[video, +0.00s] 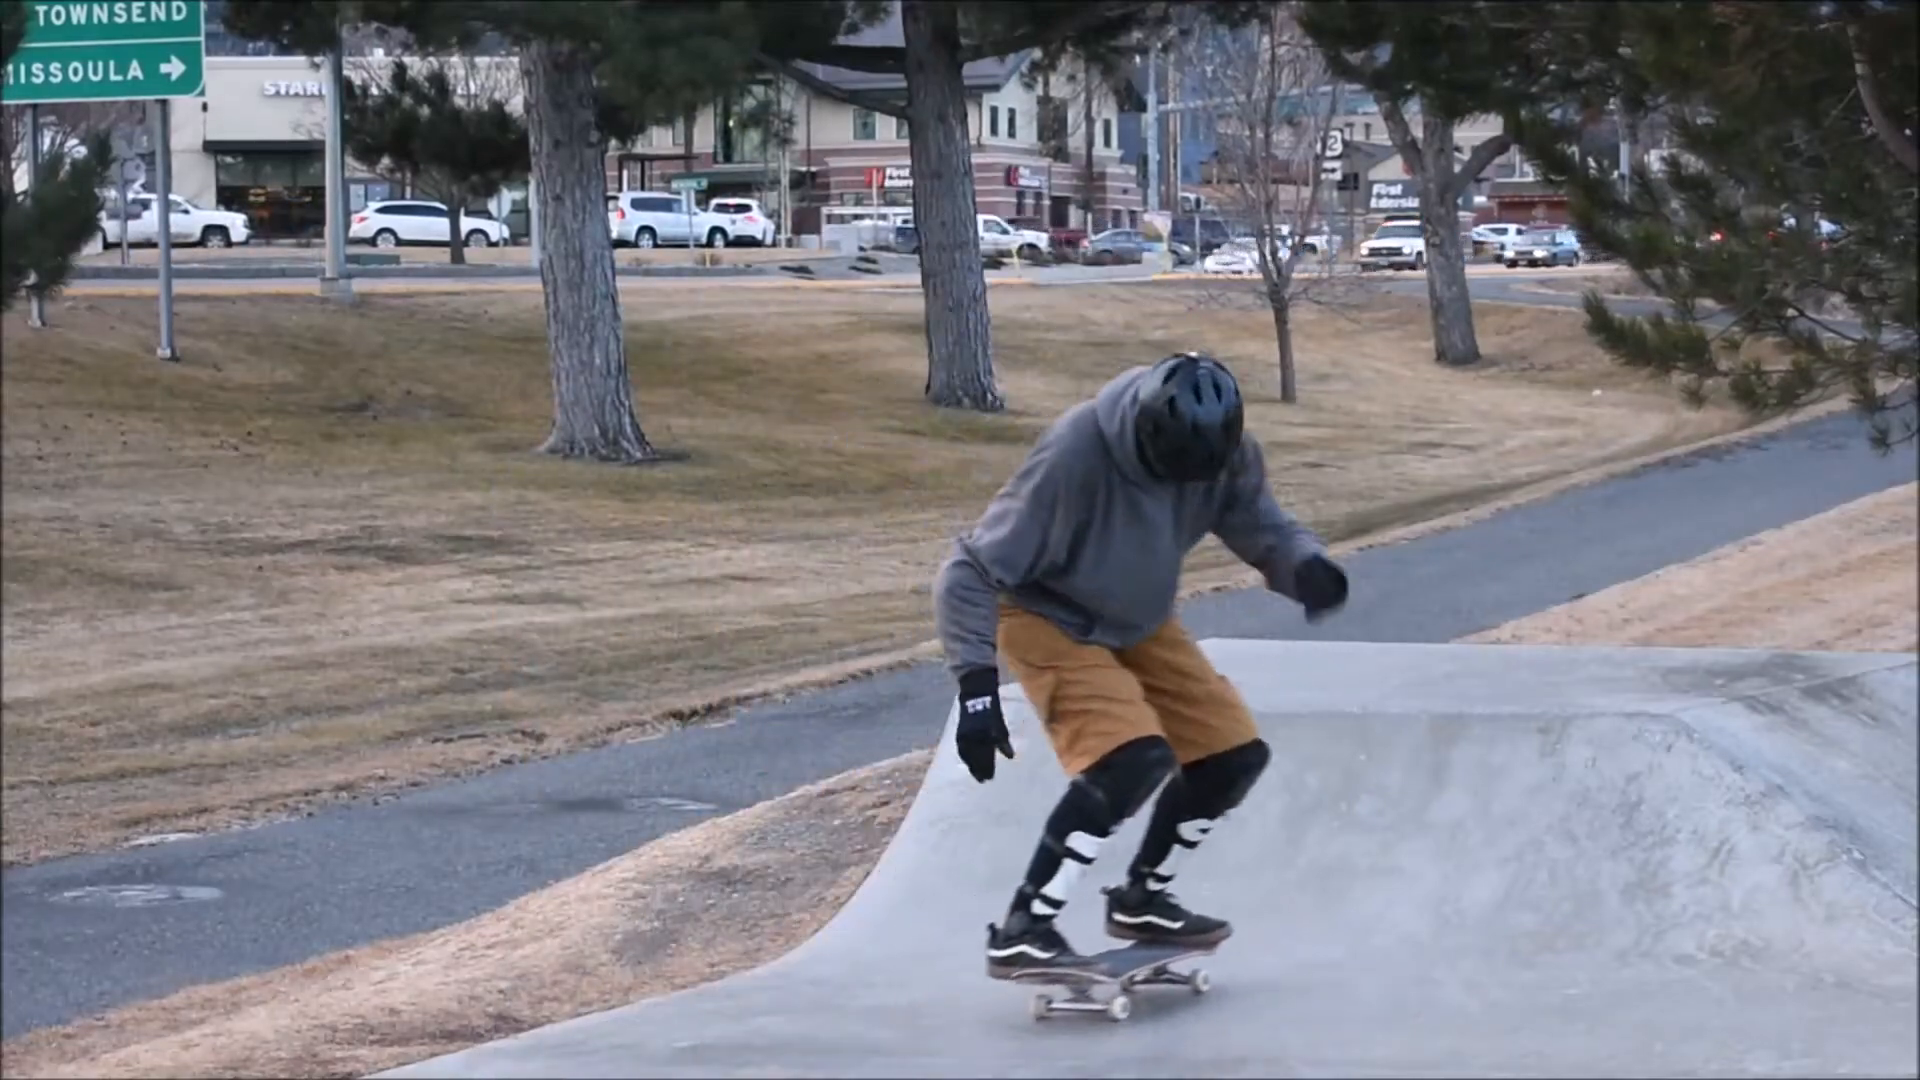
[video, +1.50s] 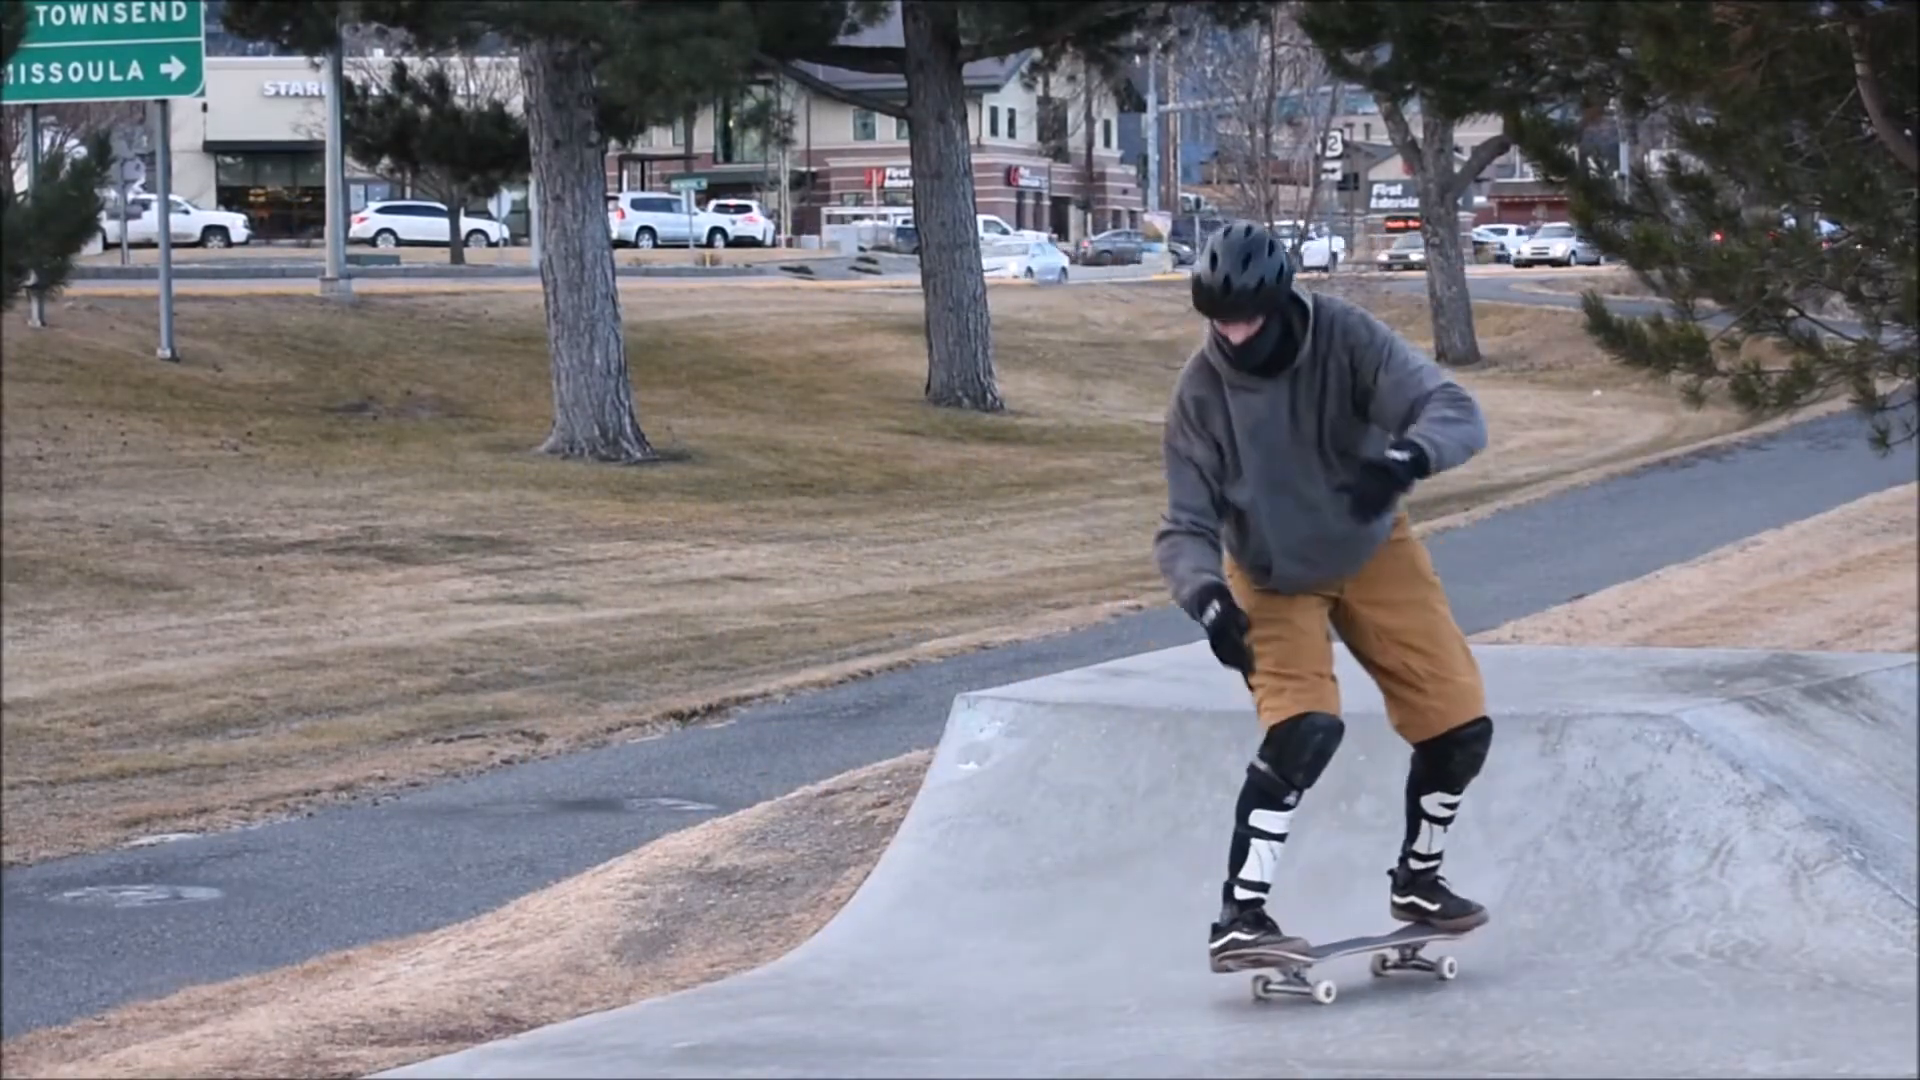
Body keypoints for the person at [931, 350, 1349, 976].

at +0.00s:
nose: (1186, 479)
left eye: (1203, 468)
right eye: (1174, 465)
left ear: (1227, 439)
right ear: (1147, 429)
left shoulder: (1228, 455)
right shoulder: (1076, 452)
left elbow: (1262, 523)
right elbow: (970, 568)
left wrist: (1306, 566)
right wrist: (977, 691)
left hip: (1139, 618)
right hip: (1043, 613)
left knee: (1231, 758)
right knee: (1132, 759)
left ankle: (1140, 897)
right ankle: (1023, 925)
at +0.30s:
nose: (1209, 375)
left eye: (1222, 363)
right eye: (1195, 363)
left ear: (1253, 328)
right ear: (1170, 324)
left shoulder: (1292, 338)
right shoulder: (1137, 320)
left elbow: (1346, 452)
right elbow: (1070, 311)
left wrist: (1343, 541)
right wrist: (1003, 321)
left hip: (1274, 523)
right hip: (1170, 517)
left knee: (1324, 700)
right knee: (1202, 700)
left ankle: (1328, 826)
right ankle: (1144, 860)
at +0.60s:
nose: (1172, 426)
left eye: (1175, 413)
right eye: (1159, 417)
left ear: (1201, 377)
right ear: (1150, 391)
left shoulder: (1295, 350)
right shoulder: (1165, 400)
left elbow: (1402, 309)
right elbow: (1104, 462)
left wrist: (1491, 305)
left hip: (1395, 484)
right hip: (1318, 501)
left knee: (1327, 672)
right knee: (1255, 630)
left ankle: (1413, 823)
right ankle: (1324, 717)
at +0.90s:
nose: (1226, 371)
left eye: (1230, 354)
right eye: (1211, 363)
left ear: (1254, 318)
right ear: (1197, 352)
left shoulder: (1342, 335)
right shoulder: (1209, 383)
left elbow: (1484, 371)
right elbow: (1146, 467)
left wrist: (1568, 447)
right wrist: (1094, 568)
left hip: (1417, 497)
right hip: (1329, 520)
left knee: (1358, 688)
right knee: (1276, 674)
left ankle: (1443, 851)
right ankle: (1346, 755)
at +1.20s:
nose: (1237, 368)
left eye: (1243, 352)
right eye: (1223, 360)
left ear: (1269, 311)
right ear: (1203, 341)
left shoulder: (1334, 302)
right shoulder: (1219, 384)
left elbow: (1443, 302)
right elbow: (1215, 463)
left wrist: (1427, 315)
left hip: (1425, 510)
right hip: (1324, 541)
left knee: (1505, 694)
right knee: (1367, 708)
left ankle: (1480, 859)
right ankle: (1325, 896)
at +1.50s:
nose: (1233, 332)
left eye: (1246, 316)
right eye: (1219, 318)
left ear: (1281, 299)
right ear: (1203, 309)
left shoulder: (1344, 336)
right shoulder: (1202, 390)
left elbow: (1458, 415)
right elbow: (1185, 528)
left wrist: (1406, 457)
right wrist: (1212, 606)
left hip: (1373, 548)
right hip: (1268, 568)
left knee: (1457, 728)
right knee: (1305, 728)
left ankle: (1417, 879)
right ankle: (1241, 918)